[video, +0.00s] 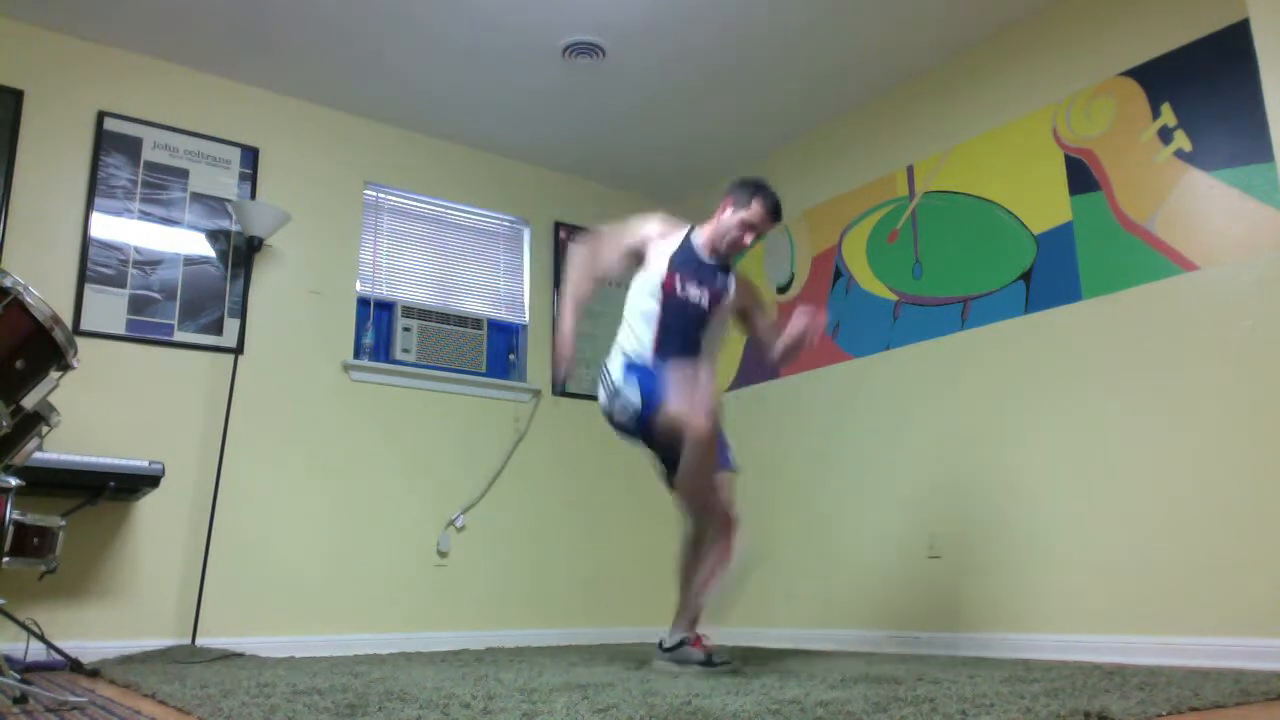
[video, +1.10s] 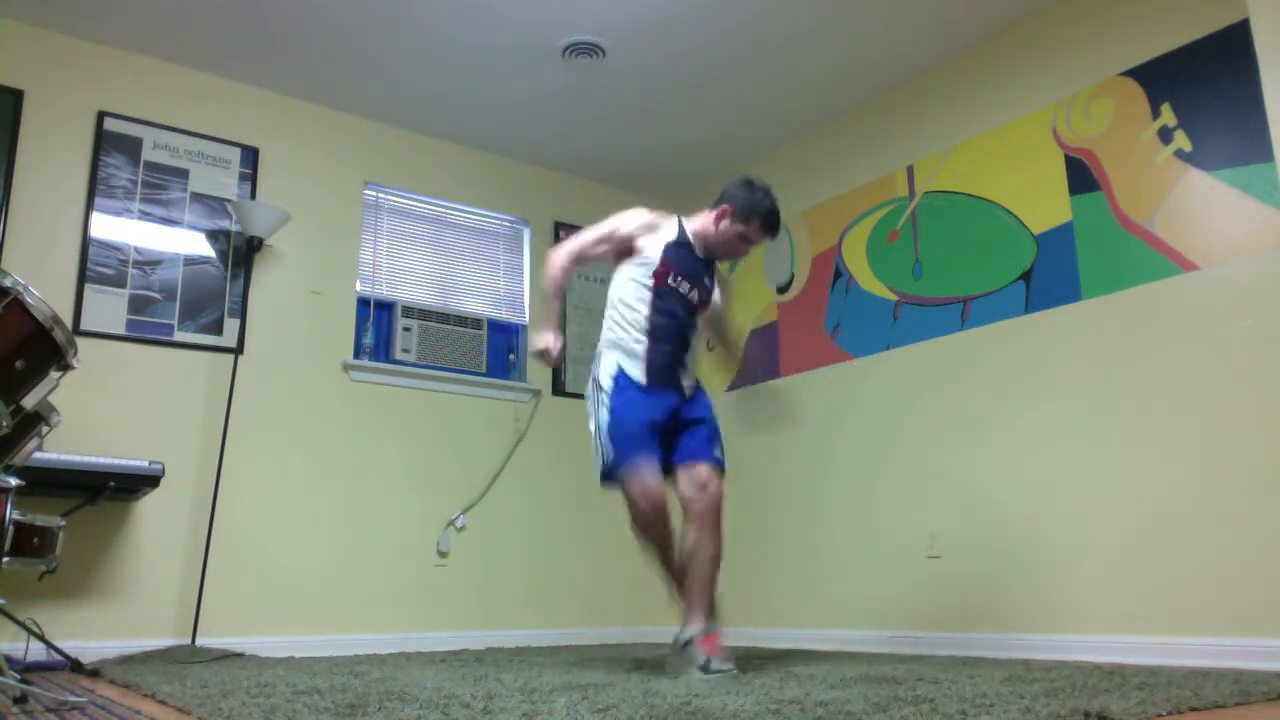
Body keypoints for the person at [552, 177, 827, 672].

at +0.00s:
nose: (748, 241)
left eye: (758, 235)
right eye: (746, 226)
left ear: (761, 239)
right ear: (724, 208)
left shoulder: (740, 289)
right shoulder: (660, 233)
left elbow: (773, 354)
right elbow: (585, 255)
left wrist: (796, 331)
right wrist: (566, 337)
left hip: (688, 401)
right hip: (632, 378)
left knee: (717, 518)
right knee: (700, 418)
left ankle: (680, 634)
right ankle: (700, 507)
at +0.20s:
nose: (739, 227)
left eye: (748, 221)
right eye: (735, 213)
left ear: (752, 224)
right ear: (711, 198)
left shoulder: (742, 278)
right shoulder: (648, 235)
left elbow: (772, 338)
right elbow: (598, 284)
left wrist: (794, 333)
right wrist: (569, 337)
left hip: (691, 388)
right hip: (639, 365)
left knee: (706, 503)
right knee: (662, 421)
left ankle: (682, 635)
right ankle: (655, 553)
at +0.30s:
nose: (727, 220)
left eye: (738, 216)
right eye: (724, 206)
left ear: (745, 218)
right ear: (705, 189)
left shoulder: (736, 266)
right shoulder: (647, 220)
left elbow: (774, 316)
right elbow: (580, 251)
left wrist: (798, 322)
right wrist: (570, 312)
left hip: (683, 376)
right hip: (627, 363)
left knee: (702, 496)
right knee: (633, 302)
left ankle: (686, 618)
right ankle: (681, 424)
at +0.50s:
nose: (705, 228)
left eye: (717, 222)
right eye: (700, 214)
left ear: (728, 226)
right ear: (682, 204)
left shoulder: (732, 281)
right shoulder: (640, 243)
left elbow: (779, 330)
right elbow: (567, 264)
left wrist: (795, 340)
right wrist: (555, 322)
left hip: (684, 403)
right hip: (629, 388)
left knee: (683, 514)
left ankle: (664, 633)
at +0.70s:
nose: (691, 226)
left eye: (700, 218)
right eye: (685, 213)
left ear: (709, 215)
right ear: (663, 196)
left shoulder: (707, 263)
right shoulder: (620, 232)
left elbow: (754, 310)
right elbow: (545, 249)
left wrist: (786, 311)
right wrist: (567, 289)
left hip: (683, 402)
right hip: (626, 405)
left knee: (757, 471)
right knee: (620, 525)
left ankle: (704, 579)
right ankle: (616, 636)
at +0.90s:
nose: (721, 225)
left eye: (730, 218)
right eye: (717, 212)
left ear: (737, 215)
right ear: (695, 191)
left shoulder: (724, 252)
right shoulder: (644, 216)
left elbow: (769, 294)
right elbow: (574, 228)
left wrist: (813, 331)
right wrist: (617, 288)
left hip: (675, 382)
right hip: (616, 379)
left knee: (739, 446)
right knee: (630, 471)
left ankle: (722, 583)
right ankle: (639, 575)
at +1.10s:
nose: (744, 253)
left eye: (751, 246)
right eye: (744, 240)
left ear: (730, 226)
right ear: (721, 215)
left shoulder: (714, 282)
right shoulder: (648, 224)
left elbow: (724, 346)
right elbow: (561, 255)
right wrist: (550, 327)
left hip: (680, 390)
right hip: (625, 383)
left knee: (706, 488)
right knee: (646, 498)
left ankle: (699, 629)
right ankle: (685, 591)